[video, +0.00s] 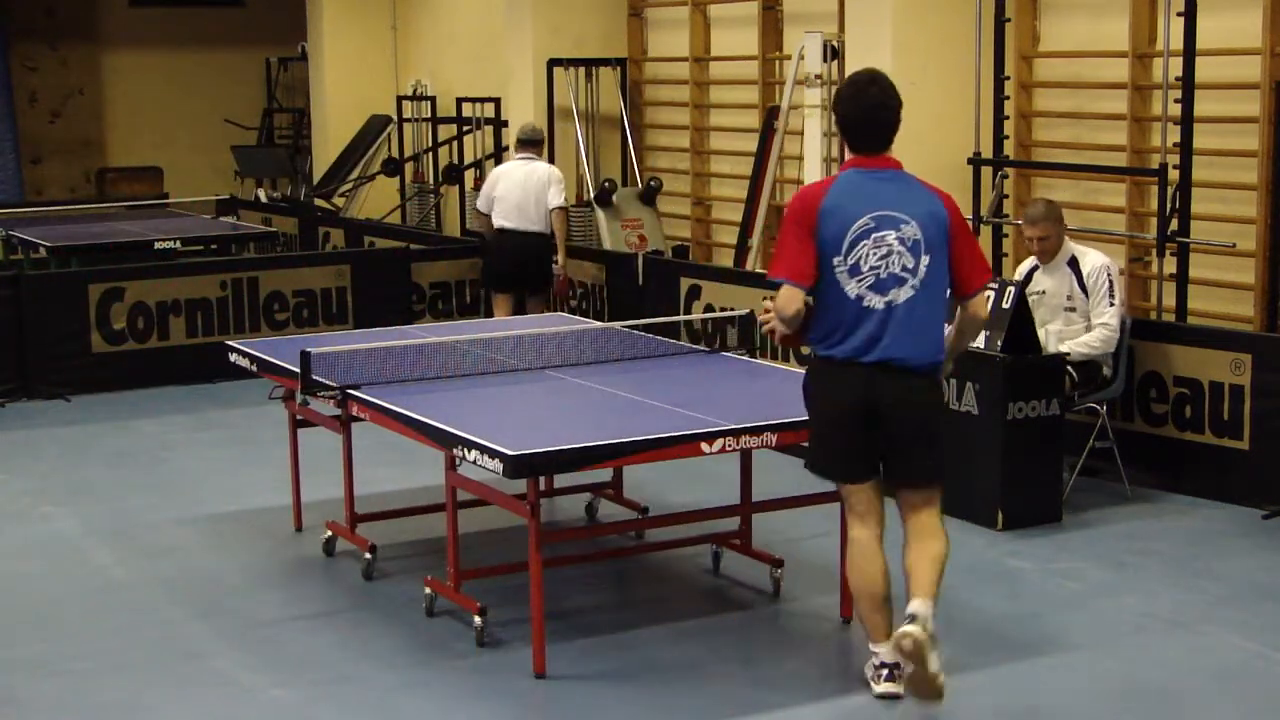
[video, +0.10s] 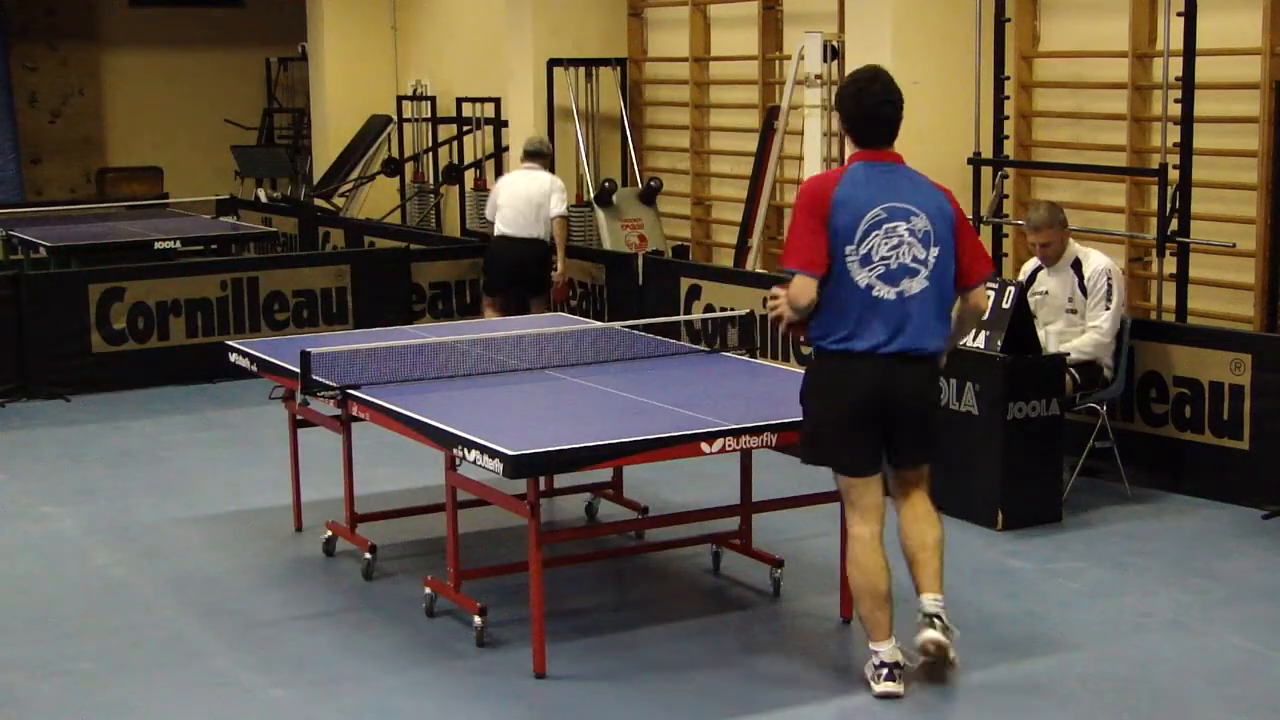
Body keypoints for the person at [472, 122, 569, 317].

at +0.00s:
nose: (542, 150)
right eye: (542, 146)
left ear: (515, 146)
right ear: (541, 147)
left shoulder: (499, 172)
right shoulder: (551, 173)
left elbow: (482, 213)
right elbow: (558, 212)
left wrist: (495, 240)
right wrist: (561, 256)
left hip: (504, 246)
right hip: (538, 247)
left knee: (502, 315)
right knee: (536, 314)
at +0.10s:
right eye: (548, 158)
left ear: (523, 156)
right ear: (548, 158)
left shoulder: (504, 181)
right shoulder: (553, 183)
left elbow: (490, 217)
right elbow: (558, 222)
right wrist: (560, 264)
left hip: (501, 249)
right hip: (536, 251)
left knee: (491, 305)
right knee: (538, 308)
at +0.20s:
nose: (555, 177)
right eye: (554, 173)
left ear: (527, 171)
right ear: (551, 172)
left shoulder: (508, 191)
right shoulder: (554, 192)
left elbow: (495, 226)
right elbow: (559, 228)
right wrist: (560, 270)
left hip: (500, 252)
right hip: (533, 254)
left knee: (492, 298)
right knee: (539, 305)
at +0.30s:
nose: (555, 189)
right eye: (555, 186)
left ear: (529, 183)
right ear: (553, 185)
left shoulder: (514, 200)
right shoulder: (554, 201)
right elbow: (556, 234)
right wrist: (558, 272)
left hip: (496, 255)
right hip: (528, 258)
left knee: (495, 301)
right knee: (541, 306)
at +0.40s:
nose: (555, 202)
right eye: (554, 199)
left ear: (529, 197)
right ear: (552, 198)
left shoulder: (518, 211)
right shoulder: (550, 210)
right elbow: (551, 240)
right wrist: (554, 283)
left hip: (493, 263)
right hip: (522, 266)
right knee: (542, 316)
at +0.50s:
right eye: (552, 210)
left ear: (528, 208)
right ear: (550, 210)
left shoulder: (519, 223)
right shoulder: (548, 221)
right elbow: (546, 249)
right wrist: (549, 286)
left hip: (492, 275)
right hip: (519, 277)